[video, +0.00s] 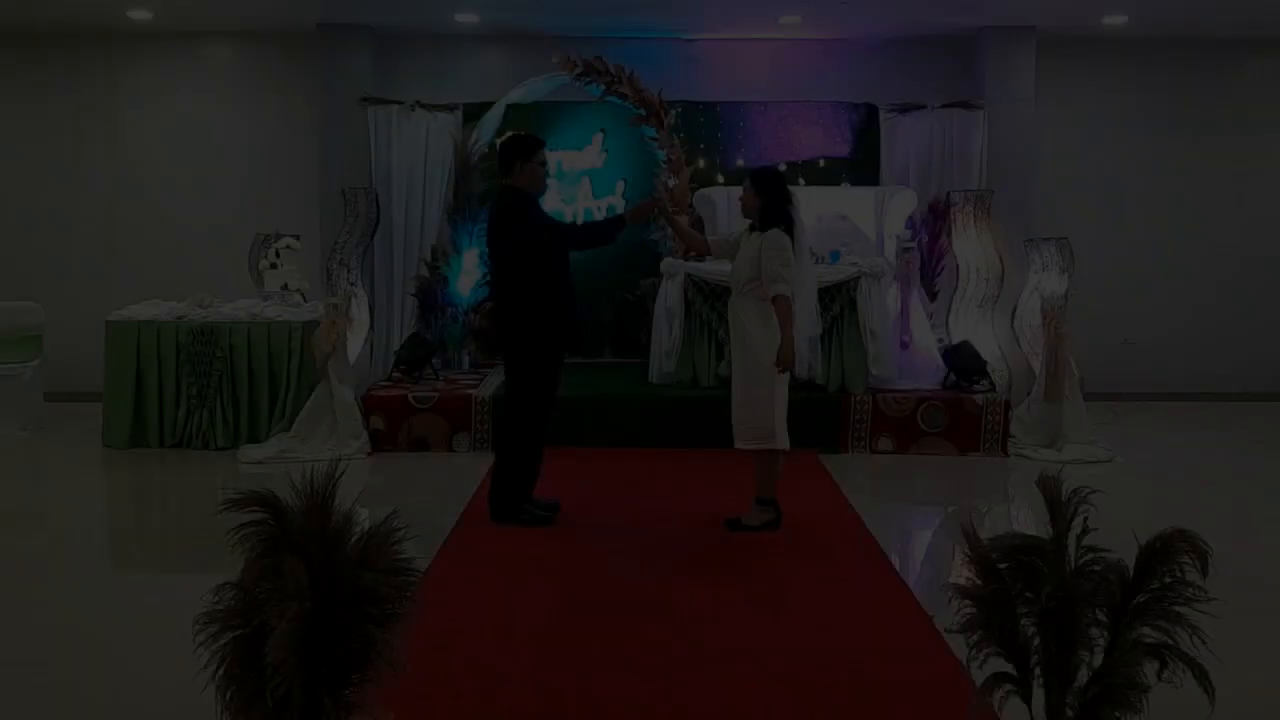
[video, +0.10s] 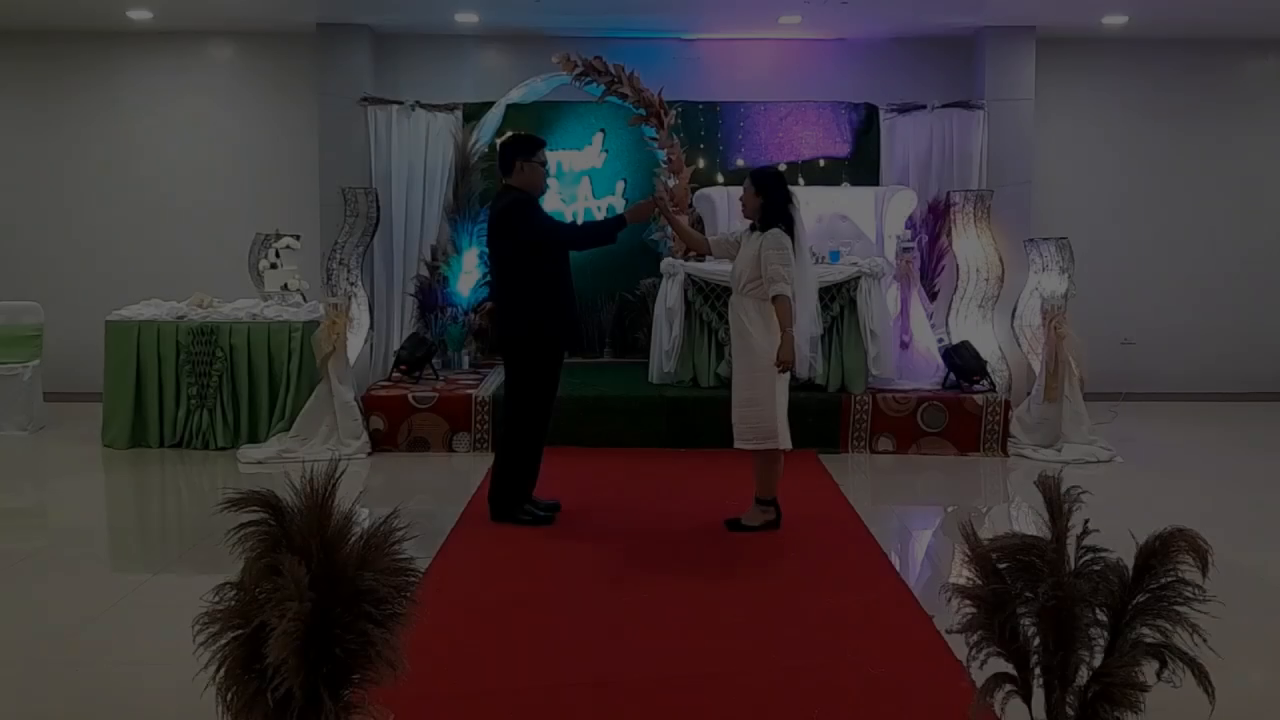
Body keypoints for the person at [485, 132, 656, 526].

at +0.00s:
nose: (546, 173)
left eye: (545, 166)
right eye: (540, 166)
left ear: (519, 170)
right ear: (520, 170)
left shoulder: (517, 209)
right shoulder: (515, 210)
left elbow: (566, 237)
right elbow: (566, 238)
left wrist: (621, 221)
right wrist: (624, 220)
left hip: (531, 325)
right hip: (530, 327)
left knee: (530, 412)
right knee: (526, 413)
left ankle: (519, 496)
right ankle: (510, 502)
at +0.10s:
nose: (547, 174)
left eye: (546, 166)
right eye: (542, 166)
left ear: (520, 169)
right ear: (520, 168)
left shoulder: (519, 208)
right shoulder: (515, 209)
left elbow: (568, 236)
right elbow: (567, 237)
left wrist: (622, 220)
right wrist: (625, 219)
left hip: (534, 326)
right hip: (529, 328)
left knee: (531, 413)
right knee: (525, 415)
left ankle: (519, 495)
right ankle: (507, 503)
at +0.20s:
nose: (547, 174)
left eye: (546, 166)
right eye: (542, 166)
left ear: (519, 169)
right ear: (521, 168)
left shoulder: (517, 207)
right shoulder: (515, 209)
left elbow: (566, 236)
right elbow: (565, 237)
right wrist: (625, 219)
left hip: (534, 327)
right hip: (531, 330)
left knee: (531, 415)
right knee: (525, 416)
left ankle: (519, 494)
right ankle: (507, 503)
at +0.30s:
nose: (548, 173)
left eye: (547, 166)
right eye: (542, 166)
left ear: (520, 168)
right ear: (520, 168)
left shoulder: (519, 207)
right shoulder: (515, 209)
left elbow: (568, 237)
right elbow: (567, 237)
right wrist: (626, 218)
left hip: (535, 327)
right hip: (530, 330)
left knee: (531, 415)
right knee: (525, 417)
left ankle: (519, 495)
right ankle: (506, 502)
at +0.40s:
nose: (548, 174)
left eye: (547, 167)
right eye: (543, 167)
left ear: (521, 169)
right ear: (521, 169)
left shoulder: (519, 209)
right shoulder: (516, 210)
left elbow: (569, 237)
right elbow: (568, 238)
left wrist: (624, 220)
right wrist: (626, 218)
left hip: (534, 328)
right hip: (530, 330)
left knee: (531, 416)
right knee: (525, 417)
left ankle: (519, 494)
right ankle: (506, 503)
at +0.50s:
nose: (551, 176)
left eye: (550, 169)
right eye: (546, 169)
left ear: (523, 171)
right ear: (524, 170)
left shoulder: (517, 209)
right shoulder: (518, 211)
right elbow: (568, 241)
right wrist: (626, 222)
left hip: (534, 329)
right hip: (533, 331)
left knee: (532, 416)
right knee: (529, 417)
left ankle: (519, 494)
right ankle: (507, 503)